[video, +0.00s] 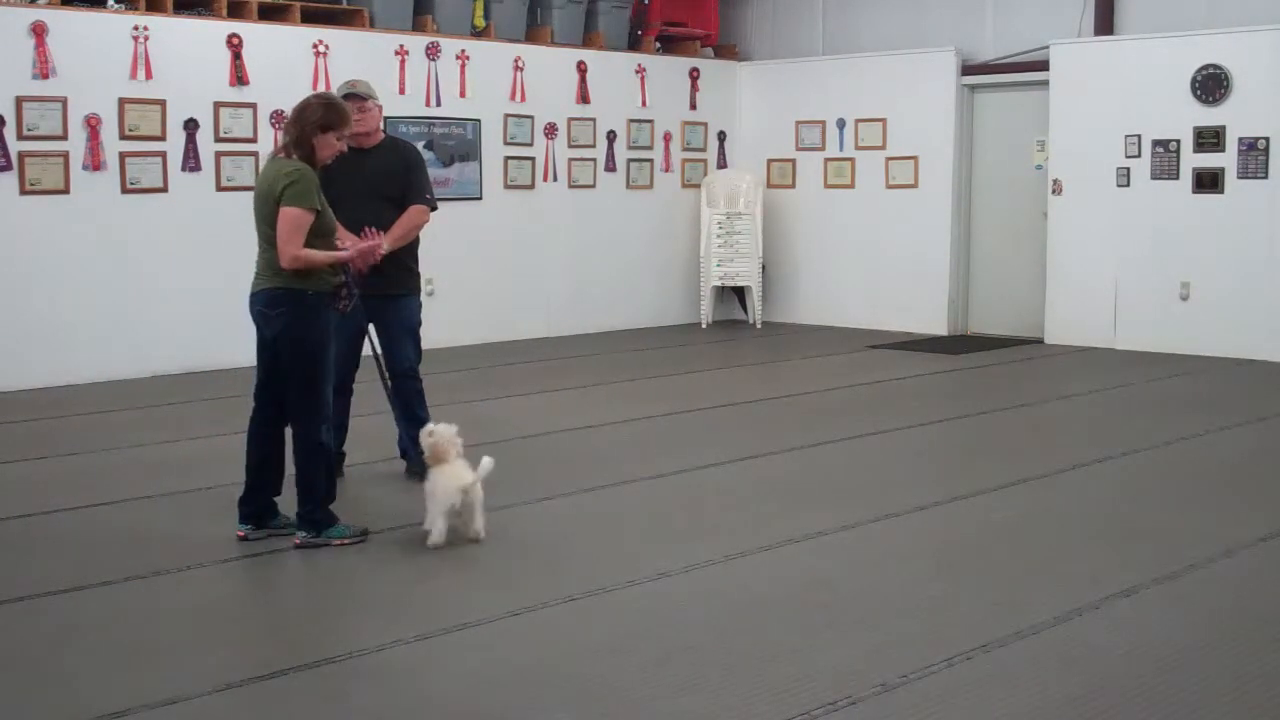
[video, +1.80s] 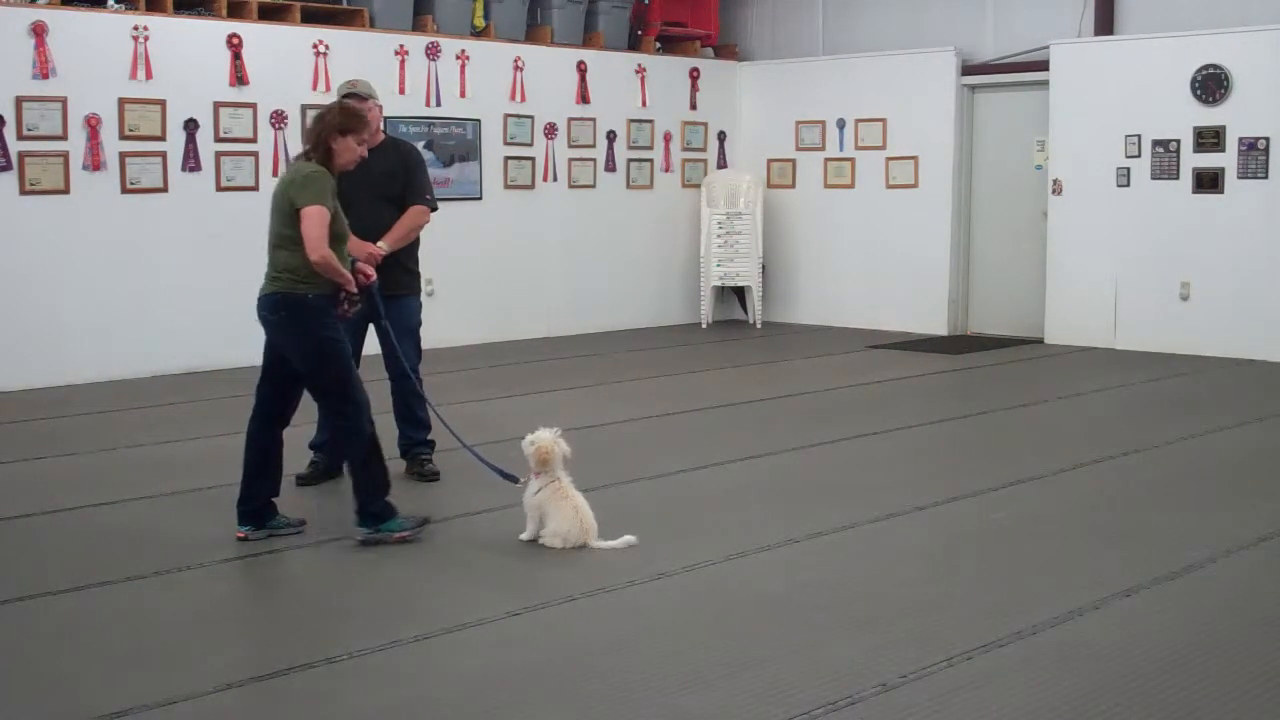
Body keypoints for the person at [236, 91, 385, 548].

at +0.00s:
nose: (341, 149)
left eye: (344, 141)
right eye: (338, 140)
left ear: (306, 133)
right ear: (315, 133)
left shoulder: (276, 169)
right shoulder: (301, 179)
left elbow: (316, 228)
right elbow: (290, 255)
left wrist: (353, 246)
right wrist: (345, 255)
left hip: (274, 299)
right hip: (299, 303)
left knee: (269, 409)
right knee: (313, 412)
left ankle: (256, 513)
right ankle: (315, 519)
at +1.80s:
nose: (363, 154)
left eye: (364, 146)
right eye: (358, 144)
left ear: (331, 140)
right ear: (335, 138)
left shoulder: (307, 177)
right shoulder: (314, 179)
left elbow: (331, 236)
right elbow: (317, 253)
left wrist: (356, 257)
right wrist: (348, 280)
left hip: (287, 306)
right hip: (303, 307)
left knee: (270, 414)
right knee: (351, 405)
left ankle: (256, 515)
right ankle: (375, 515)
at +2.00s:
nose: (414, 173)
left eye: (417, 166)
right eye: (411, 164)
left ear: (384, 153)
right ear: (388, 153)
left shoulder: (340, 181)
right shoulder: (367, 190)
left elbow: (332, 249)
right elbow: (363, 269)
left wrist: (375, 275)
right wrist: (377, 290)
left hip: (297, 306)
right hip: (329, 310)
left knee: (281, 413)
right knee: (373, 412)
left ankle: (256, 515)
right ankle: (391, 518)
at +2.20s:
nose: (465, 195)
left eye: (469, 188)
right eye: (464, 185)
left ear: (437, 171)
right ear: (444, 175)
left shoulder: (387, 187)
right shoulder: (413, 202)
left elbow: (362, 248)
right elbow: (402, 278)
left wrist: (397, 292)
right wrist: (400, 304)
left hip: (311, 296)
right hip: (347, 305)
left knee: (292, 404)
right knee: (382, 412)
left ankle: (261, 509)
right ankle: (391, 519)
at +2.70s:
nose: (509, 233)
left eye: (515, 227)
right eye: (511, 223)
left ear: (489, 201)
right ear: (494, 206)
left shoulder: (433, 203)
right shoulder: (460, 221)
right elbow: (445, 297)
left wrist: (419, 305)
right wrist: (424, 308)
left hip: (333, 291)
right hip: (372, 303)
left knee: (306, 398)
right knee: (395, 416)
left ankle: (270, 499)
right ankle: (393, 520)